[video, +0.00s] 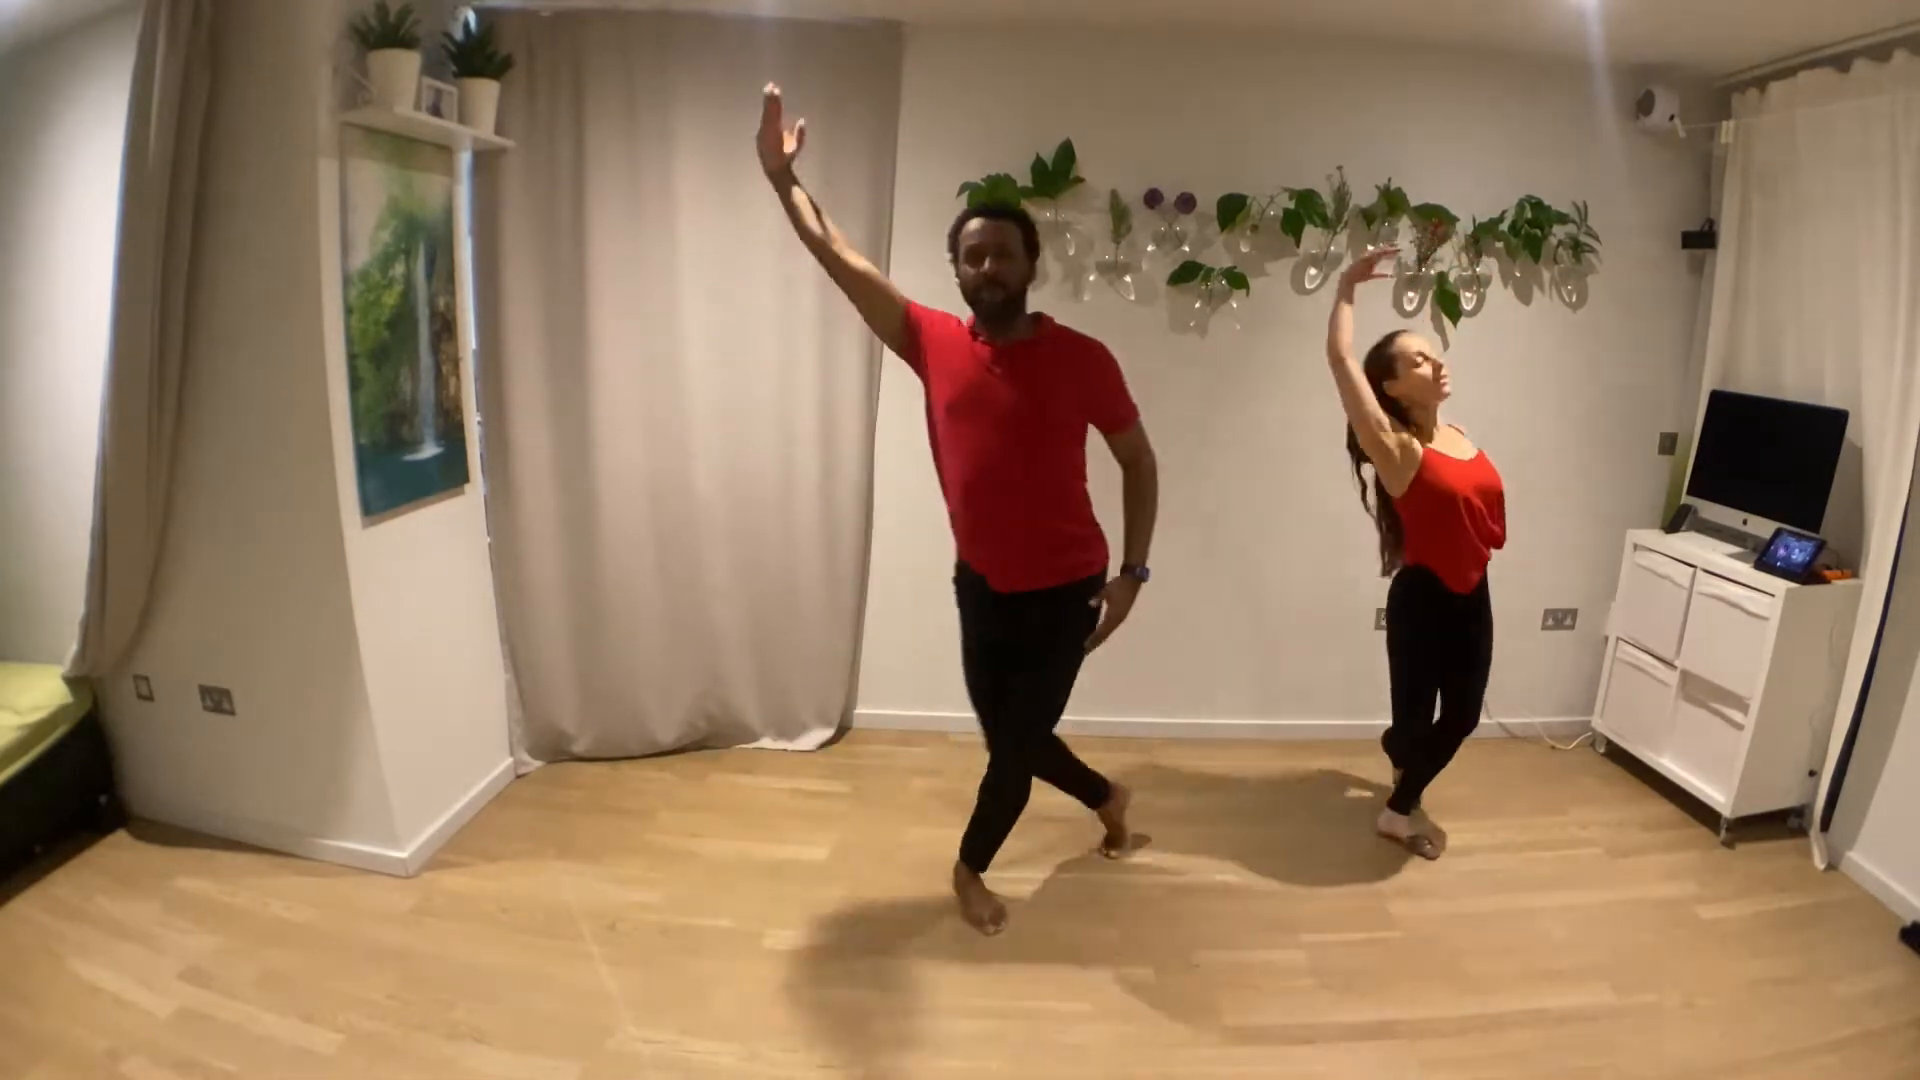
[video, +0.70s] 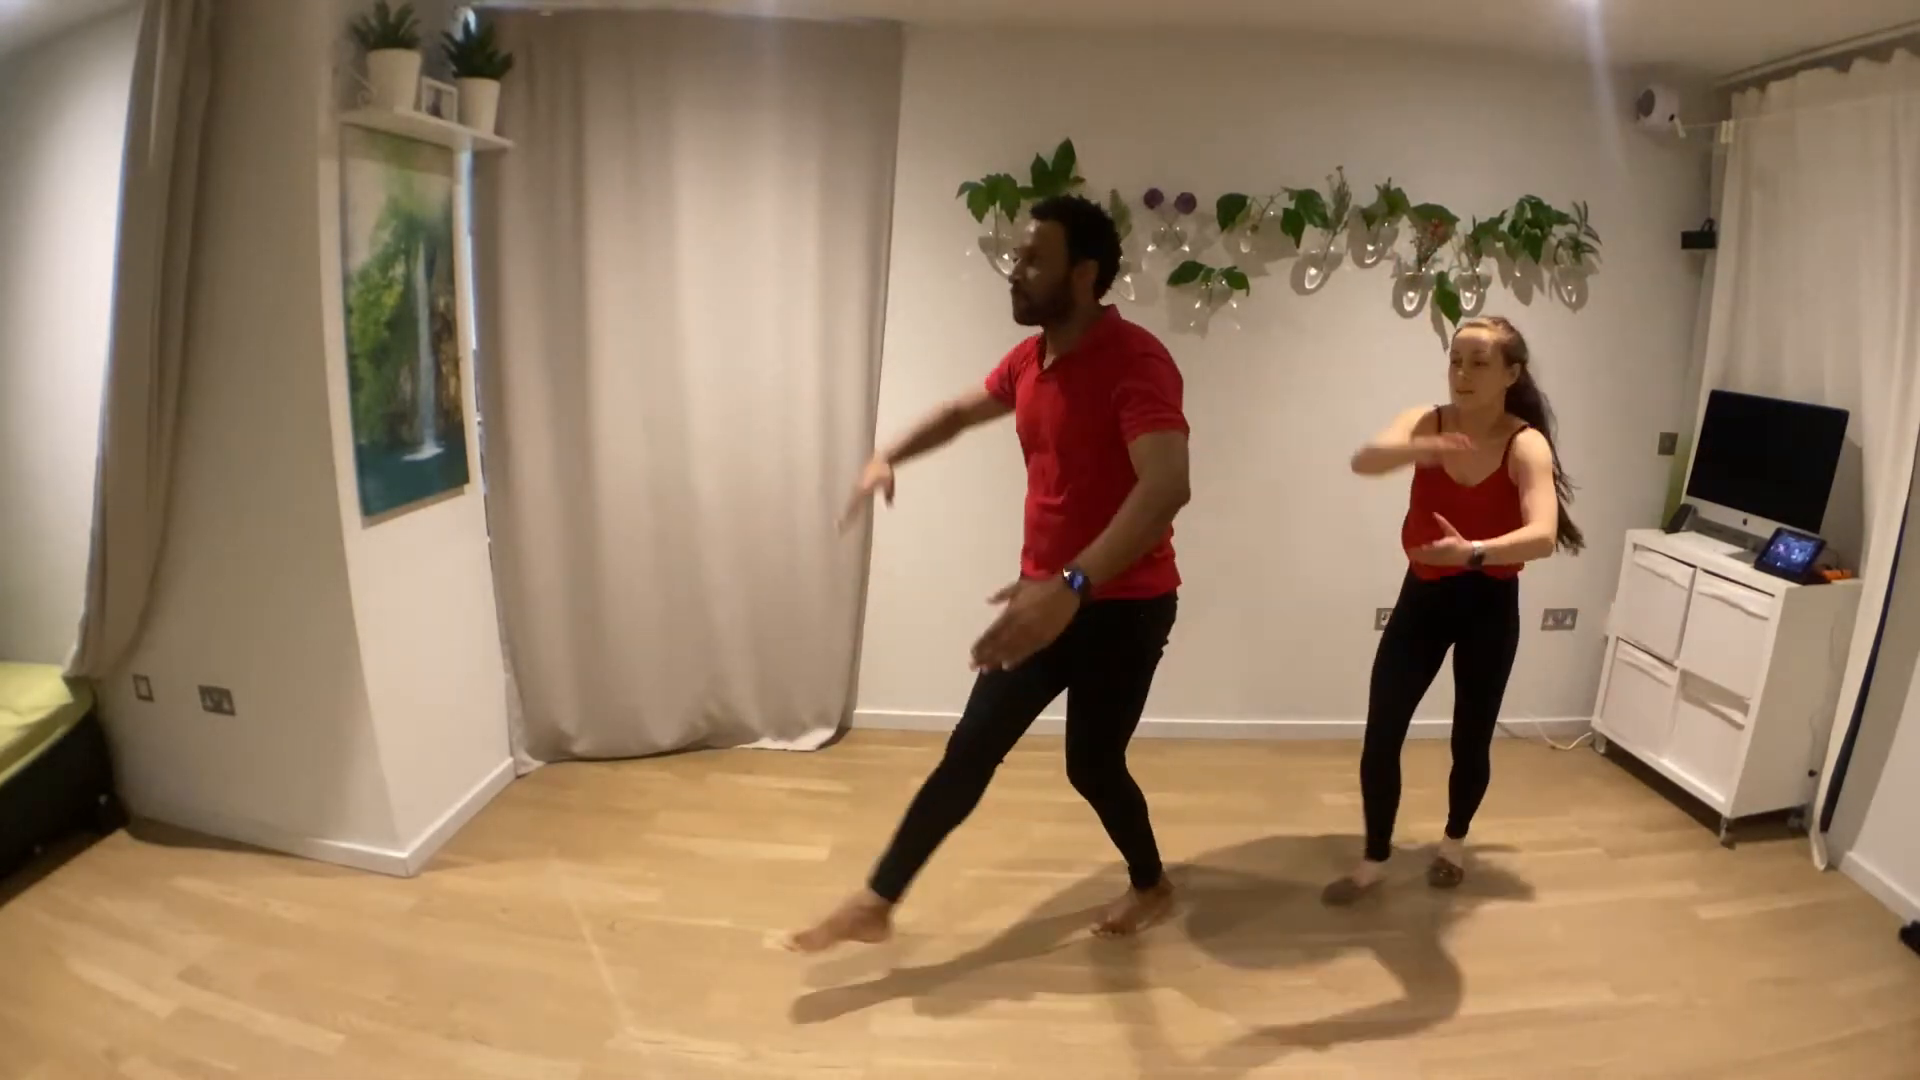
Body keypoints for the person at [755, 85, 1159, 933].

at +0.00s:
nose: (984, 270)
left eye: (999, 254)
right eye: (970, 257)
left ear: (1033, 266)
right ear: (954, 271)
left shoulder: (1079, 361)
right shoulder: (934, 343)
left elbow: (1139, 462)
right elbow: (840, 260)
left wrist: (1133, 571)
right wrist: (780, 172)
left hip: (1065, 582)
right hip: (983, 582)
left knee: (1021, 738)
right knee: (1012, 736)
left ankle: (970, 868)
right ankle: (1108, 797)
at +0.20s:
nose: (1018, 282)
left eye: (1036, 266)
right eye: (1007, 267)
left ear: (1077, 271)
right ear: (995, 273)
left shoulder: (1130, 366)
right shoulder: (987, 355)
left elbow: (1216, 460)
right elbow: (878, 331)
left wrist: (1189, 573)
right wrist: (784, 295)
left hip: (1115, 587)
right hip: (1040, 586)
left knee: (1049, 746)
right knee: (1099, 712)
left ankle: (1070, 872)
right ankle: (1146, 799)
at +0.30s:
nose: (1024, 284)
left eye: (1042, 269)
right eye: (1017, 269)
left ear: (1091, 270)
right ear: (1012, 272)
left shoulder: (1146, 368)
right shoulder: (1010, 365)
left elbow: (1240, 469)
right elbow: (904, 384)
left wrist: (1215, 586)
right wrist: (806, 381)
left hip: (1128, 587)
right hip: (1054, 585)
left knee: (1076, 756)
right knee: (1104, 706)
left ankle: (1142, 876)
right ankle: (1140, 797)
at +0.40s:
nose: (1024, 275)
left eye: (1041, 261)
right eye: (1023, 260)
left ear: (1094, 266)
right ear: (1031, 264)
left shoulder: (1157, 368)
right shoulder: (1025, 369)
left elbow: (1233, 491)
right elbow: (936, 441)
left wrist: (1206, 613)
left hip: (1138, 588)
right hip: (1062, 590)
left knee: (1096, 754)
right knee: (1088, 741)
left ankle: (1150, 886)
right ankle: (1139, 801)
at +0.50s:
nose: (1025, 270)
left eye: (1044, 256)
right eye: (1024, 256)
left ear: (1099, 264)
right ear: (1030, 263)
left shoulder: (1161, 370)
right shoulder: (1036, 367)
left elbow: (1204, 516)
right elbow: (979, 475)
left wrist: (1156, 637)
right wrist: (917, 571)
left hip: (1133, 596)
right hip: (1059, 587)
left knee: (1100, 753)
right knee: (1030, 740)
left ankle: (1152, 881)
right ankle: (1119, 814)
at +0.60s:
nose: (1023, 269)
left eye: (1042, 256)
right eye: (1023, 255)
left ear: (1100, 267)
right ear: (1031, 261)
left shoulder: (1152, 370)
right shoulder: (1042, 364)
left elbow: (1170, 521)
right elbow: (992, 472)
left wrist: (1092, 634)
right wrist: (926, 569)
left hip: (1136, 598)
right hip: (1057, 587)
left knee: (1101, 758)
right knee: (992, 728)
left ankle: (1151, 885)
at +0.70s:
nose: (1014, 271)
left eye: (1033, 259)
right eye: (1017, 257)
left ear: (1087, 275)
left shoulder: (1137, 362)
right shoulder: (1031, 359)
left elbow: (1166, 485)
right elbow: (959, 414)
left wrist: (1072, 583)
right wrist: (887, 456)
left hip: (1125, 604)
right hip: (1045, 597)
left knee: (1095, 765)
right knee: (971, 750)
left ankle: (1152, 885)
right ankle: (876, 901)